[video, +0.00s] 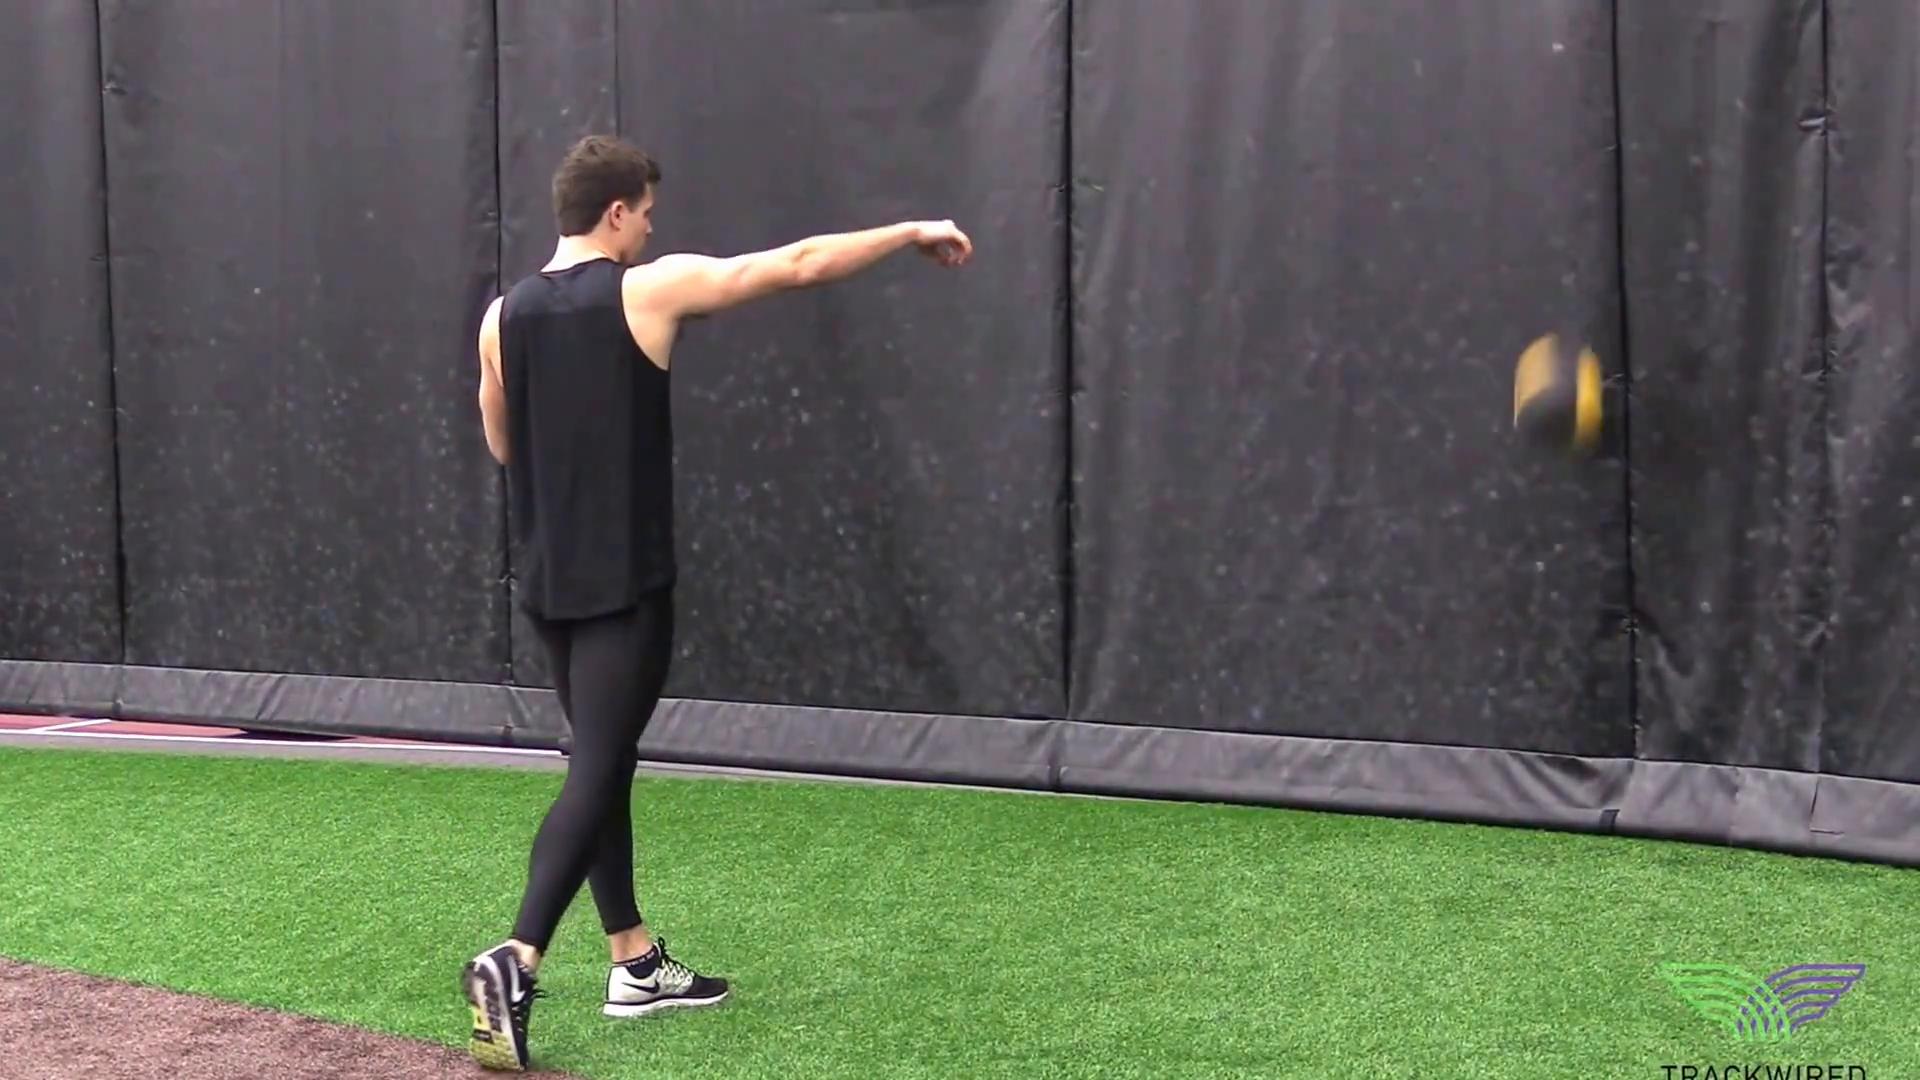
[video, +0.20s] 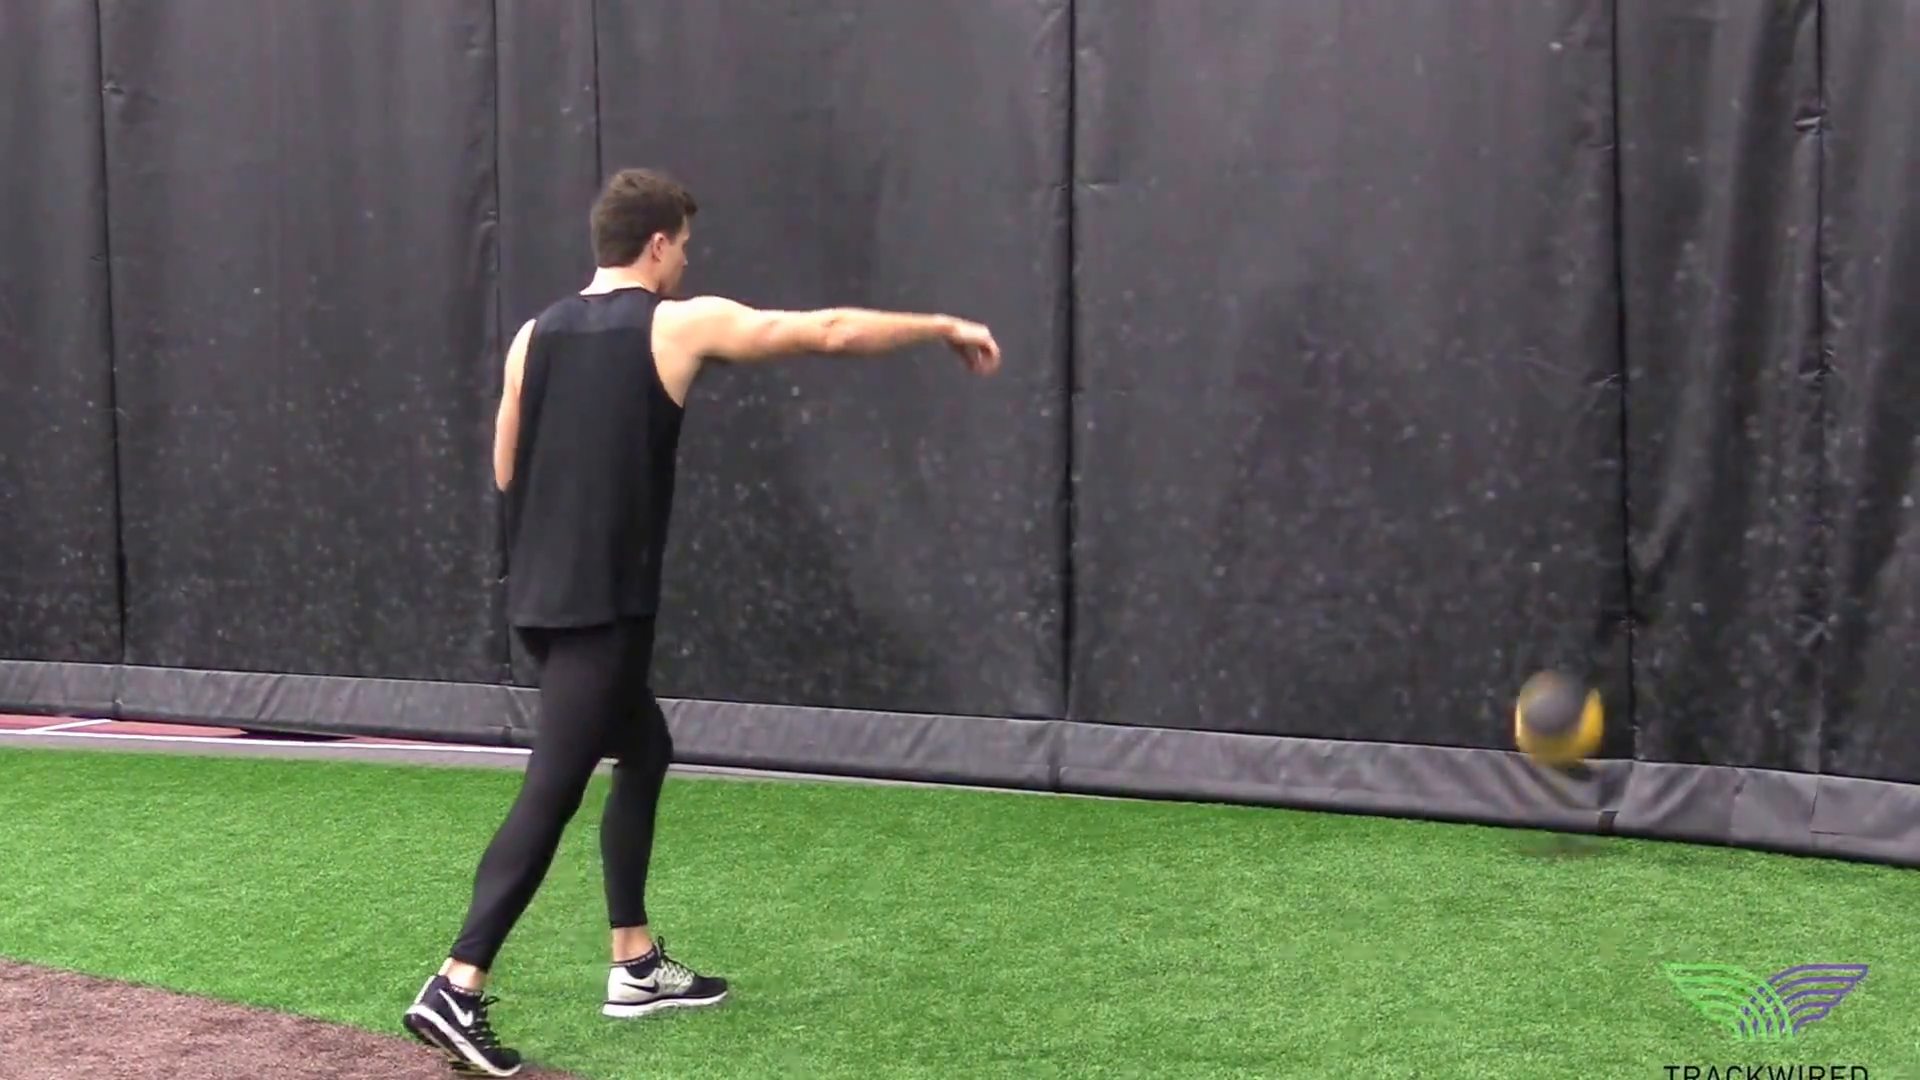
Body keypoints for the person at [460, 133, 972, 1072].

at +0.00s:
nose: (652, 226)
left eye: (650, 212)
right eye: (649, 211)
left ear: (571, 216)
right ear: (620, 213)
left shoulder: (504, 313)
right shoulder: (651, 287)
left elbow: (501, 438)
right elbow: (796, 265)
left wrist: (555, 462)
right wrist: (909, 230)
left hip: (546, 571)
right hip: (625, 568)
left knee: (602, 763)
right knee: (596, 767)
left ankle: (634, 963)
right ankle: (516, 957)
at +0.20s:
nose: (685, 259)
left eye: (682, 243)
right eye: (683, 244)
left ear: (601, 244)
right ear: (659, 244)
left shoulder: (532, 337)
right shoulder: (682, 323)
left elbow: (506, 469)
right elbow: (832, 332)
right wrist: (942, 326)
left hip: (533, 596)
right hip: (606, 597)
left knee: (644, 750)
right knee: (547, 790)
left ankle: (634, 963)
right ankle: (454, 987)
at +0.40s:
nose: (727, 248)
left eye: (723, 232)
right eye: (720, 233)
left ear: (636, 229)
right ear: (693, 229)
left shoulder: (575, 320)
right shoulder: (710, 308)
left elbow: (520, 454)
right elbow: (827, 394)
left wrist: (581, 499)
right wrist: (931, 460)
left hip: (592, 568)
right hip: (655, 570)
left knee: (636, 759)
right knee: (641, 758)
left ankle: (629, 956)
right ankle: (524, 930)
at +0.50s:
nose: (743, 236)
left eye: (739, 220)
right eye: (738, 221)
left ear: (655, 211)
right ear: (720, 215)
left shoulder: (603, 287)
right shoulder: (718, 286)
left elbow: (534, 430)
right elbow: (768, 416)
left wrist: (617, 471)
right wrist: (834, 526)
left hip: (613, 545)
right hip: (684, 549)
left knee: (663, 737)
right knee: (696, 738)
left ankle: (605, 937)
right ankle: (589, 897)